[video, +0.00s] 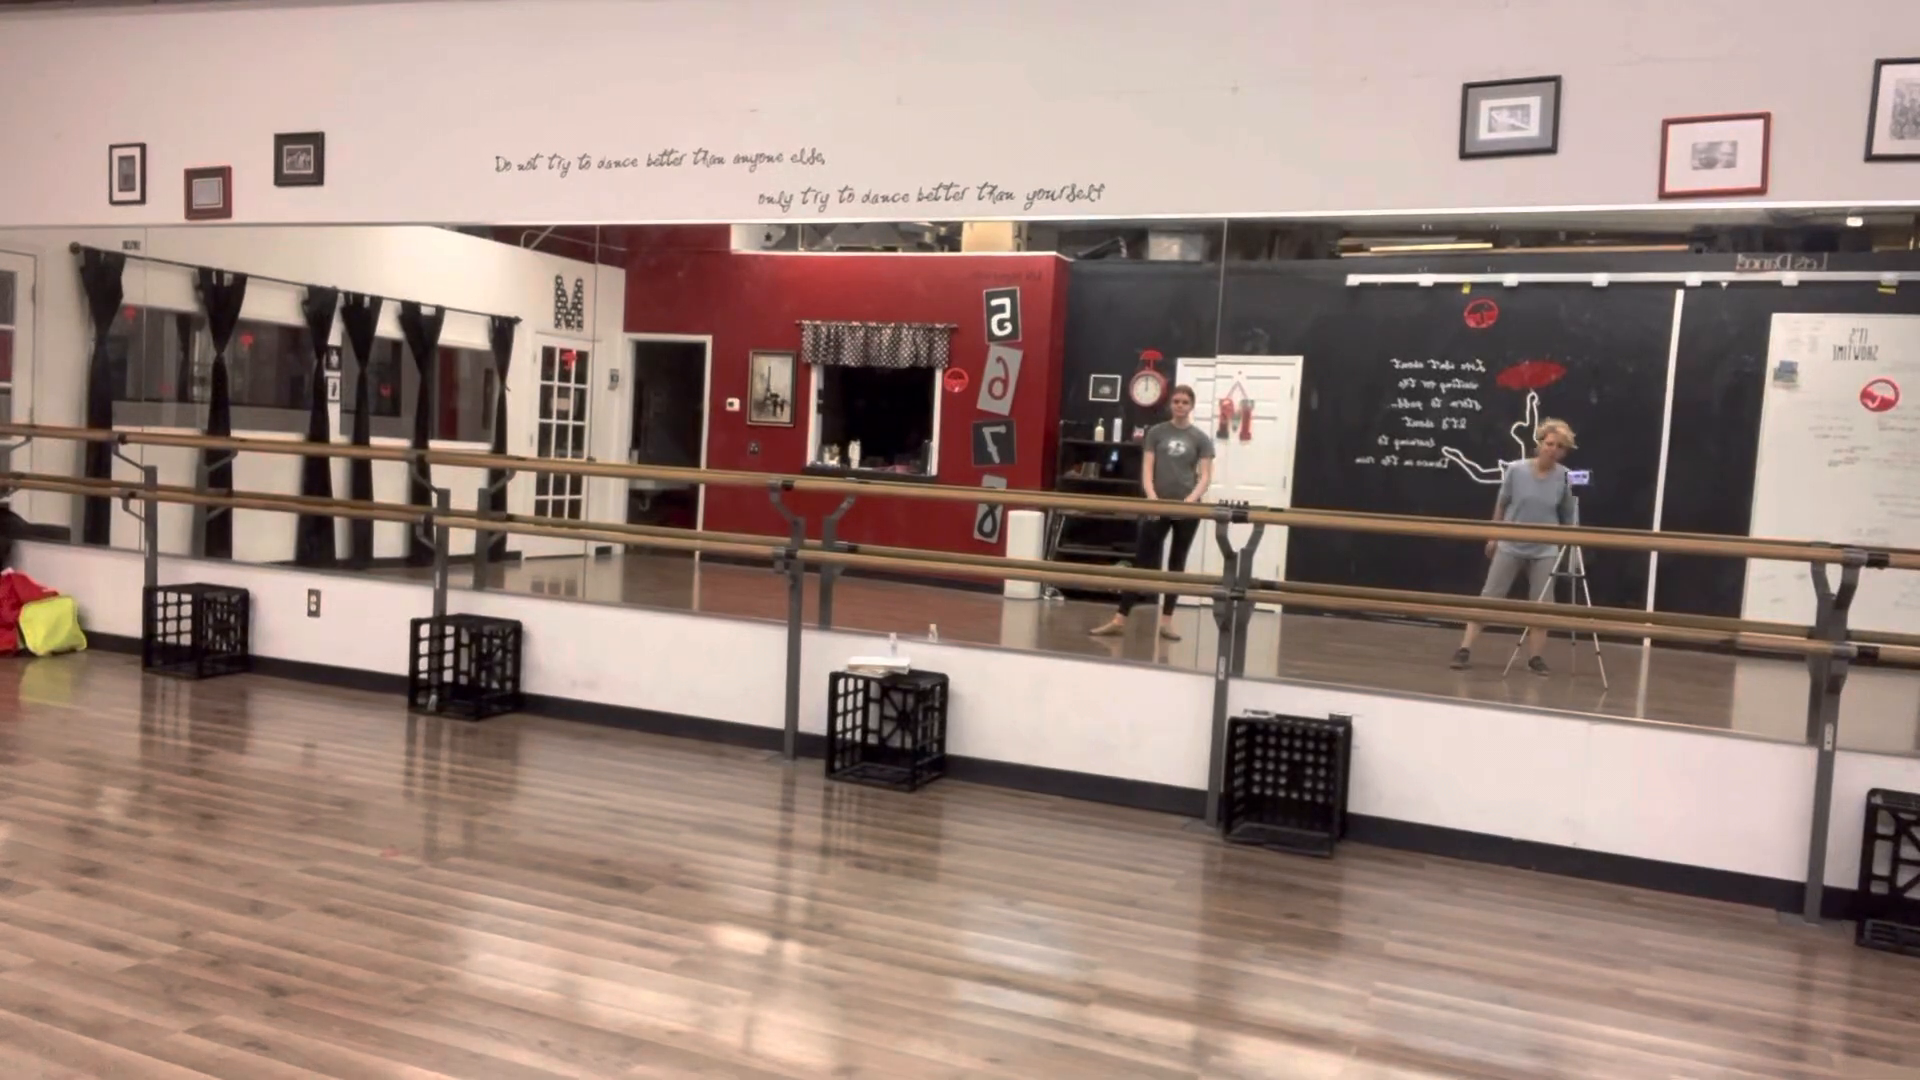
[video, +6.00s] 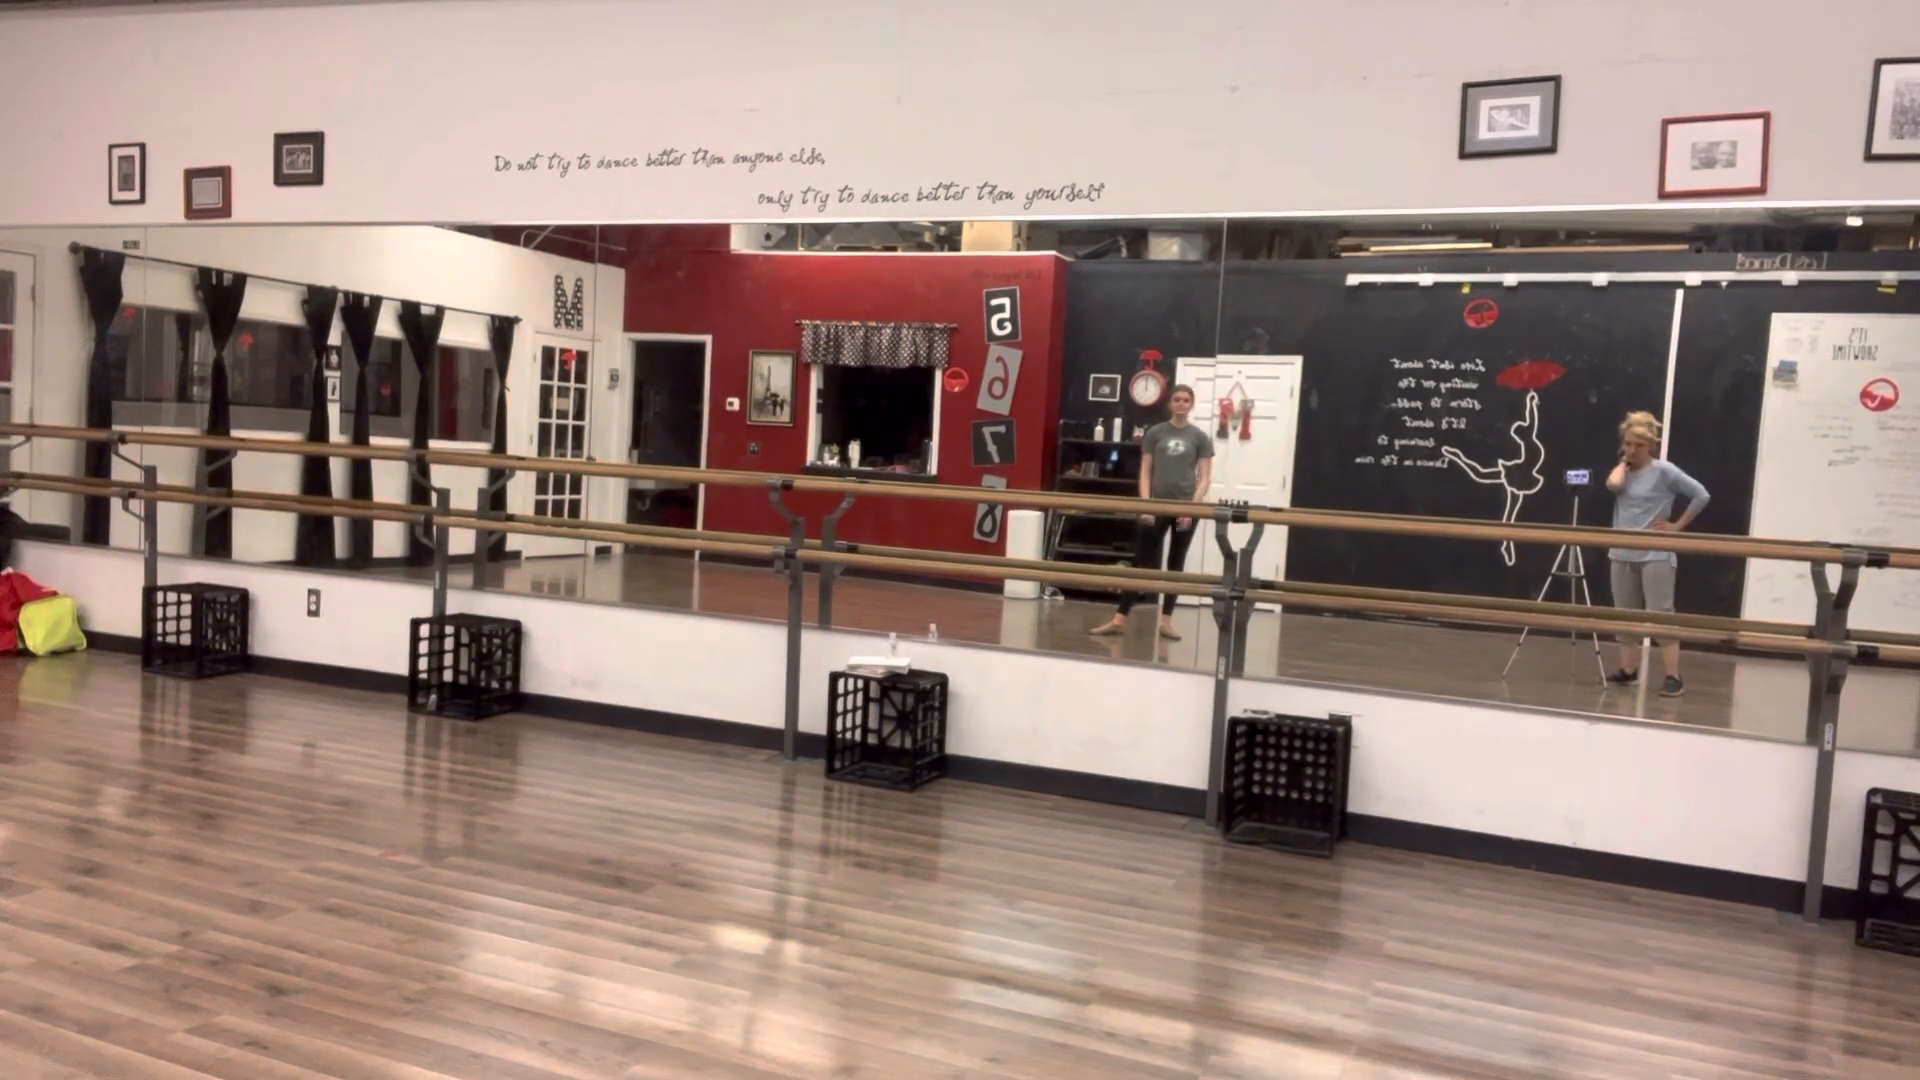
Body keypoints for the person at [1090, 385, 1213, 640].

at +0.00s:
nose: (1180, 406)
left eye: (1184, 403)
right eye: (1176, 402)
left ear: (1192, 406)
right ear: (1170, 404)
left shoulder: (1202, 439)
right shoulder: (1154, 433)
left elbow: (1205, 477)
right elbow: (1147, 472)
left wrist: (1191, 499)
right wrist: (1153, 499)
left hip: (1186, 508)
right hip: (1158, 504)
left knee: (1176, 563)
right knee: (1142, 558)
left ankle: (1166, 619)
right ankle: (1120, 617)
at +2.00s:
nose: (1179, 405)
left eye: (1184, 401)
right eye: (1176, 401)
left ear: (1191, 405)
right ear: (1170, 404)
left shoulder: (1202, 439)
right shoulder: (1154, 432)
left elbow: (1206, 480)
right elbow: (1141, 470)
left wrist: (1206, 515)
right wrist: (1129, 505)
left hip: (1185, 510)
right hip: (1154, 507)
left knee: (1175, 565)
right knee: (1141, 560)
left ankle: (1165, 620)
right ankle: (1120, 617)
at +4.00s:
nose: (1186, 406)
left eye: (1190, 403)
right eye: (1183, 402)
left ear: (1193, 407)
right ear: (1171, 404)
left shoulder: (1200, 437)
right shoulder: (1153, 433)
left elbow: (1214, 473)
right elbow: (1139, 471)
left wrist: (1229, 504)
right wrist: (1122, 506)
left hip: (1188, 509)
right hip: (1156, 507)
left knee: (1176, 563)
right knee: (1142, 560)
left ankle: (1166, 620)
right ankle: (1120, 618)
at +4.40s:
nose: (1191, 408)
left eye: (1194, 404)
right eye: (1187, 403)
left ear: (1195, 407)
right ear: (1174, 404)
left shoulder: (1201, 438)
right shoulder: (1154, 433)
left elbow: (1207, 475)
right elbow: (1144, 471)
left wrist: (1211, 508)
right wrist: (1142, 506)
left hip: (1188, 509)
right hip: (1156, 506)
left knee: (1176, 564)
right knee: (1142, 560)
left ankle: (1166, 620)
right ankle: (1120, 617)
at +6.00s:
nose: (1181, 404)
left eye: (1186, 401)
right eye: (1177, 400)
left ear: (1192, 405)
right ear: (1170, 403)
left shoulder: (1201, 438)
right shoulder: (1154, 433)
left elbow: (1205, 478)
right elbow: (1145, 471)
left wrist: (1191, 509)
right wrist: (1145, 505)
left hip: (1184, 509)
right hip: (1155, 506)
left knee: (1175, 565)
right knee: (1141, 560)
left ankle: (1166, 619)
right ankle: (1120, 617)